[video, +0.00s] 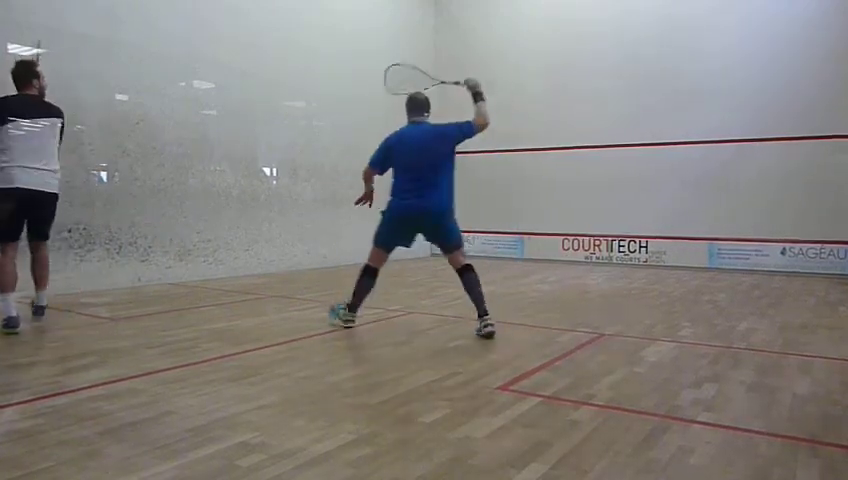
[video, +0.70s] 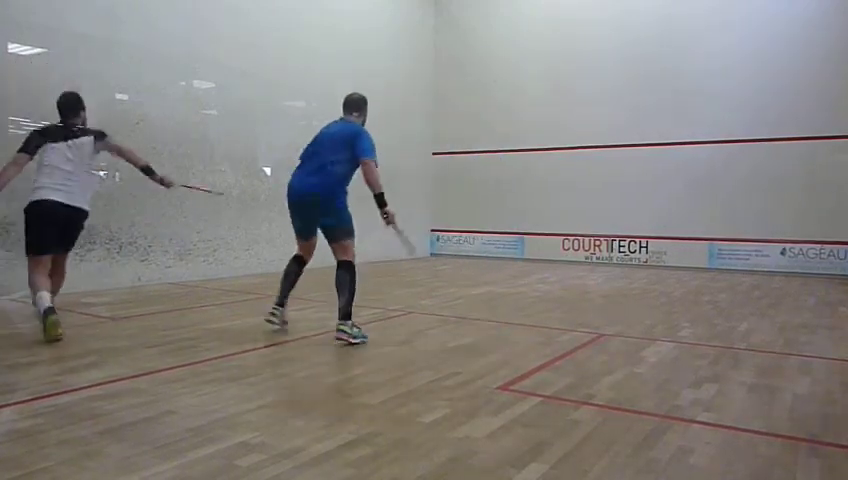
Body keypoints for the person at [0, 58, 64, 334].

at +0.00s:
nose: (44, 82)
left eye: (42, 77)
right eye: (42, 77)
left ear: (15, 83)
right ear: (35, 81)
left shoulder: (4, 106)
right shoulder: (55, 113)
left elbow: (3, 142)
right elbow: (55, 146)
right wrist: (42, 100)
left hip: (10, 187)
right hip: (46, 189)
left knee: (7, 250)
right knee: (40, 246)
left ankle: (9, 313)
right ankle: (40, 304)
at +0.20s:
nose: (48, 105)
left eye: (47, 101)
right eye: (47, 101)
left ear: (25, 101)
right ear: (46, 101)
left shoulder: (13, 119)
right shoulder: (58, 126)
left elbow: (2, 137)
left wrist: (7, 110)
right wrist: (15, 112)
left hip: (22, 195)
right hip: (57, 197)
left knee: (4, 250)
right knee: (40, 243)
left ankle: (9, 308)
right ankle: (42, 301)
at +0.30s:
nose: (32, 112)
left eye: (32, 110)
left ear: (31, 115)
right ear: (54, 118)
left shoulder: (22, 129)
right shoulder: (63, 141)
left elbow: (4, 160)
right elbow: (50, 177)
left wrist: (9, 176)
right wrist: (13, 176)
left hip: (30, 201)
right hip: (63, 206)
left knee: (1, 246)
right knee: (40, 246)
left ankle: (4, 301)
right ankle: (43, 301)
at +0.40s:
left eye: (39, 133)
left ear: (39, 134)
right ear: (60, 137)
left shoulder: (29, 148)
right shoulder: (72, 157)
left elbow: (15, 186)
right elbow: (69, 191)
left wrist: (13, 206)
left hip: (33, 209)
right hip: (66, 215)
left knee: (1, 246)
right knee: (43, 245)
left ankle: (5, 297)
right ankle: (44, 301)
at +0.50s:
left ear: (45, 142)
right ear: (67, 144)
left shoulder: (30, 157)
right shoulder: (81, 167)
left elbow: (11, 192)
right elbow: (81, 202)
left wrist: (2, 218)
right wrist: (75, 222)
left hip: (31, 214)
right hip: (65, 219)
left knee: (5, 264)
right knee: (51, 248)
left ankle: (17, 293)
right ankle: (45, 300)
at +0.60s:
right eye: (70, 132)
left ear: (50, 132)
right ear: (74, 133)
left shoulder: (32, 152)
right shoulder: (86, 157)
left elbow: (9, 182)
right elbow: (119, 188)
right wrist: (150, 211)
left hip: (34, 217)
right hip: (67, 219)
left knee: (25, 273)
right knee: (52, 251)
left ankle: (30, 297)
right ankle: (46, 299)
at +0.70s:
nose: (82, 115)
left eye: (78, 112)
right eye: (82, 112)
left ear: (59, 114)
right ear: (83, 113)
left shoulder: (42, 134)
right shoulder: (95, 136)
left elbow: (15, 165)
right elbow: (124, 152)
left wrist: (1, 187)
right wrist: (155, 175)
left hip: (41, 205)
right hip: (76, 209)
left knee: (38, 266)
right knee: (59, 261)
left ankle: (47, 310)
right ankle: (47, 308)